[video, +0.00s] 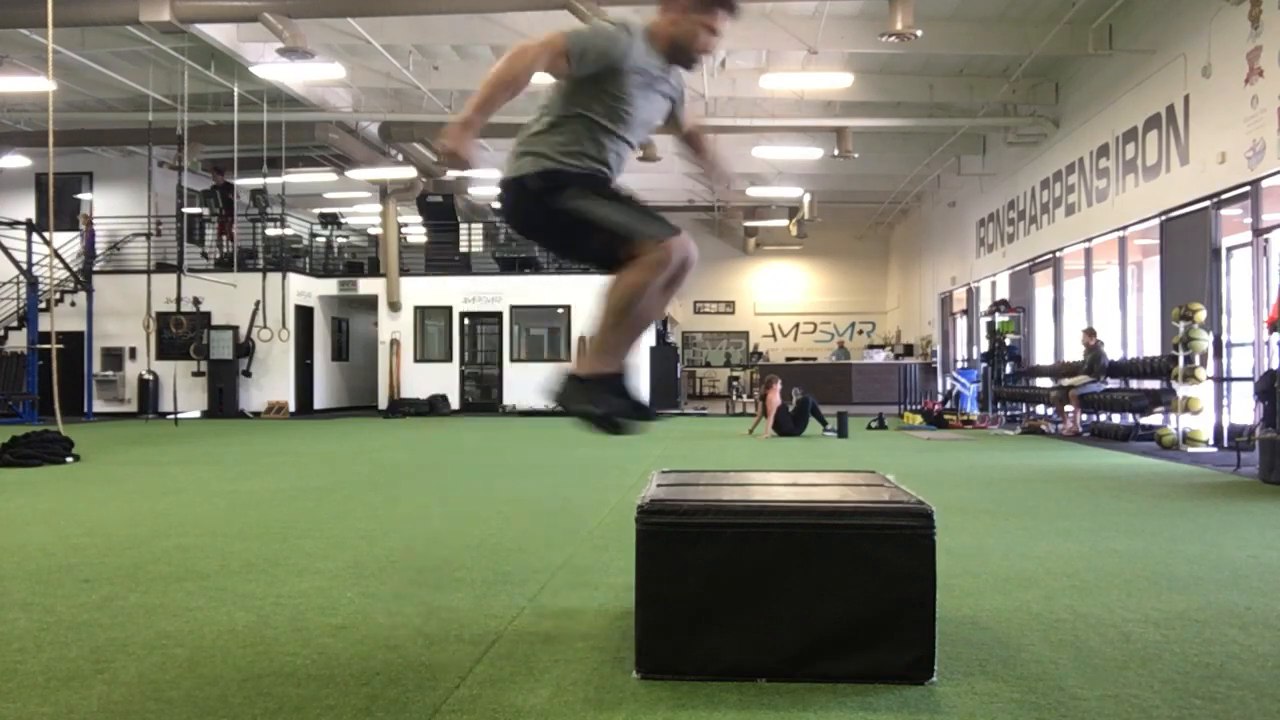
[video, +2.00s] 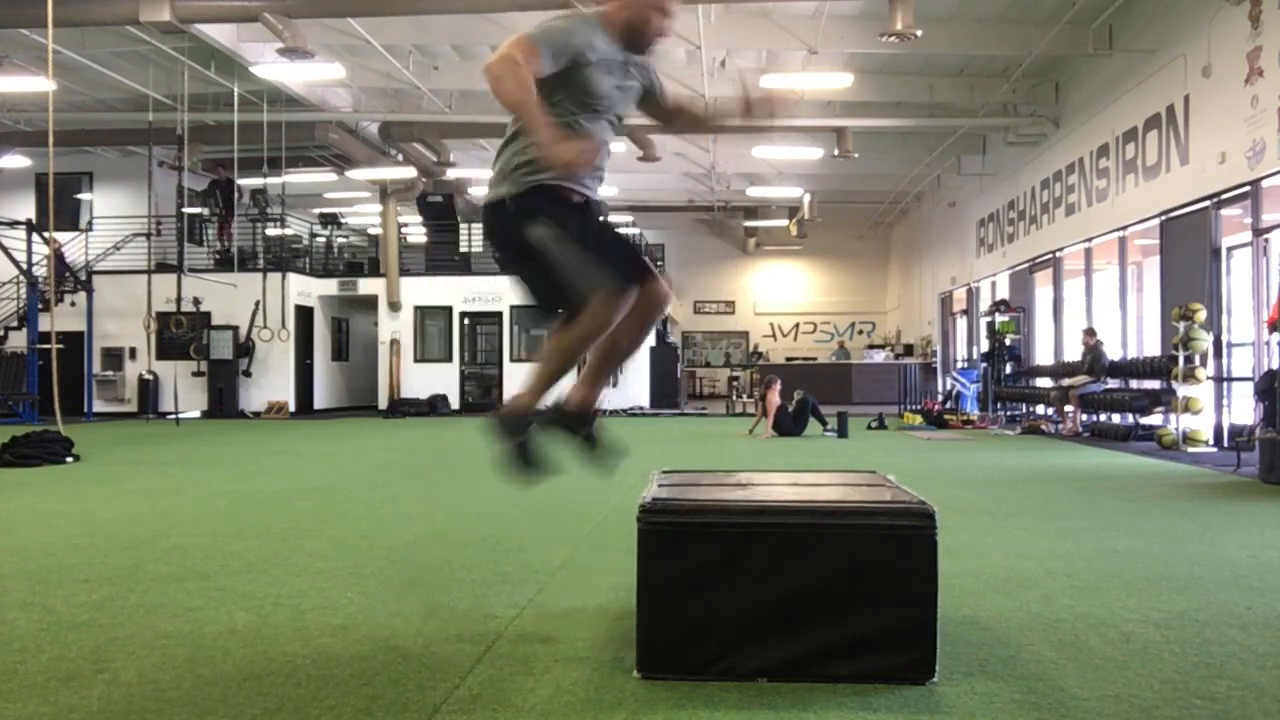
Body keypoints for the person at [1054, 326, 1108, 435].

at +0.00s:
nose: (1082, 340)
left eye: (1084, 337)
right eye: (1082, 337)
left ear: (1092, 338)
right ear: (1089, 338)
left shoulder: (1099, 353)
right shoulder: (1087, 352)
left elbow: (1097, 376)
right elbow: (1085, 370)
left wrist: (1077, 380)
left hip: (1098, 382)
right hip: (1085, 380)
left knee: (1073, 393)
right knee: (1058, 395)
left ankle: (1076, 426)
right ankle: (1066, 425)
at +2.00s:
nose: (1082, 339)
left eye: (1085, 337)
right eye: (1083, 336)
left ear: (1092, 338)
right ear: (1089, 338)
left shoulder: (1099, 353)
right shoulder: (1086, 352)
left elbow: (1097, 377)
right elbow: (1083, 370)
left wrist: (1077, 380)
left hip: (1098, 382)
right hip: (1085, 380)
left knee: (1073, 393)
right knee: (1057, 395)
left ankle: (1076, 426)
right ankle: (1066, 425)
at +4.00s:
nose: (1082, 340)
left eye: (1085, 337)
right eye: (1083, 337)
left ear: (1092, 338)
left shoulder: (1099, 353)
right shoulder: (1087, 351)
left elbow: (1098, 376)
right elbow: (1084, 370)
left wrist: (1079, 379)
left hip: (1099, 382)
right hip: (1086, 380)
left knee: (1074, 393)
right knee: (1057, 395)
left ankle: (1076, 426)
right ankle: (1066, 425)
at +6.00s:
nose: (1081, 340)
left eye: (1084, 337)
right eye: (1081, 337)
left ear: (1091, 338)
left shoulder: (1099, 353)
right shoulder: (1087, 351)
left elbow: (1096, 376)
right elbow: (1085, 371)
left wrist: (1074, 381)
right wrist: (1071, 380)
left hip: (1099, 382)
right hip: (1087, 379)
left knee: (1074, 393)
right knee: (1055, 395)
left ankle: (1076, 426)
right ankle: (1066, 425)